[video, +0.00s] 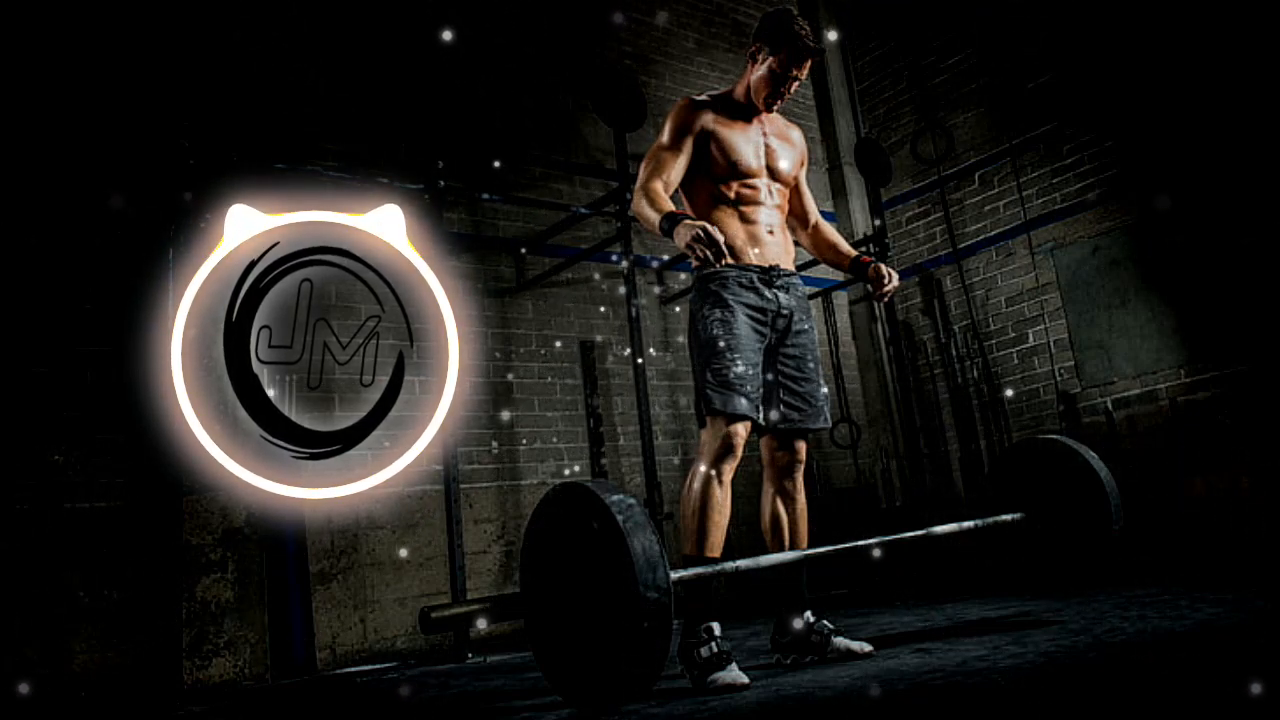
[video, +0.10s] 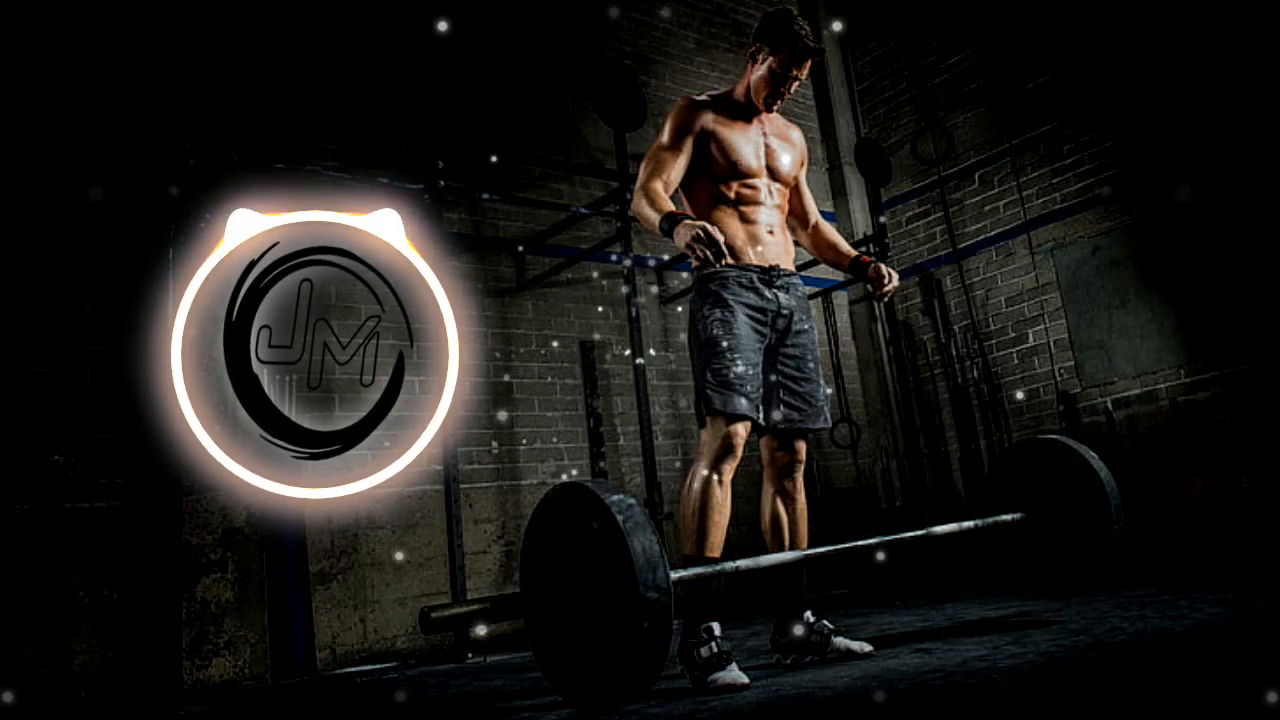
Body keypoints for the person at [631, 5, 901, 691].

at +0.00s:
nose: (789, 92)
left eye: (799, 82)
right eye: (785, 76)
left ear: (801, 77)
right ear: (756, 59)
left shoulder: (792, 136)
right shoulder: (697, 115)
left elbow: (809, 225)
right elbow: (645, 199)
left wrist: (860, 265)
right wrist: (676, 225)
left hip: (790, 296)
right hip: (730, 291)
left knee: (790, 453)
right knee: (728, 438)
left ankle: (797, 623)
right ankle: (698, 633)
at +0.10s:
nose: (789, 92)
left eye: (799, 82)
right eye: (785, 76)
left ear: (801, 77)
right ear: (756, 59)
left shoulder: (792, 137)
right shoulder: (697, 115)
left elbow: (809, 225)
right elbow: (645, 199)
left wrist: (860, 265)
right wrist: (676, 225)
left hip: (790, 296)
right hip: (730, 291)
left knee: (790, 453)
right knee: (729, 438)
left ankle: (797, 623)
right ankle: (698, 633)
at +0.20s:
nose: (788, 92)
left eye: (798, 82)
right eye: (785, 76)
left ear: (801, 77)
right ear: (756, 59)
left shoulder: (792, 137)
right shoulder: (697, 115)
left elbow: (809, 225)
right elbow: (645, 198)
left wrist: (861, 265)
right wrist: (676, 225)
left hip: (790, 296)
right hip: (730, 291)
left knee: (790, 454)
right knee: (729, 438)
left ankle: (797, 624)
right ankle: (698, 634)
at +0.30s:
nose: (789, 92)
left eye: (799, 82)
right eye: (785, 76)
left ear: (801, 77)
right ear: (756, 59)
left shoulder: (792, 137)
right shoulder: (697, 115)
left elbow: (809, 225)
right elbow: (645, 198)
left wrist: (861, 265)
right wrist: (675, 225)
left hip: (790, 296)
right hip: (730, 291)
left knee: (790, 454)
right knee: (729, 438)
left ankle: (798, 626)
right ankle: (698, 635)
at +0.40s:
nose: (788, 93)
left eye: (798, 82)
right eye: (785, 76)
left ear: (801, 77)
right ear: (756, 59)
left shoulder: (792, 137)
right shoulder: (697, 115)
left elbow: (809, 224)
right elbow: (645, 199)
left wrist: (861, 265)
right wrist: (675, 225)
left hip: (790, 296)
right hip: (730, 291)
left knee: (790, 454)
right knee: (729, 438)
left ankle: (798, 627)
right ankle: (699, 635)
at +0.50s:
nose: (788, 93)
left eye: (798, 82)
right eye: (785, 77)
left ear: (801, 77)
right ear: (756, 59)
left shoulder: (792, 137)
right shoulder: (697, 115)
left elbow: (809, 224)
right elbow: (645, 199)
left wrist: (861, 265)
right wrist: (676, 225)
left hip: (790, 296)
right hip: (730, 292)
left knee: (790, 454)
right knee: (729, 438)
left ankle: (798, 626)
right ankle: (699, 634)